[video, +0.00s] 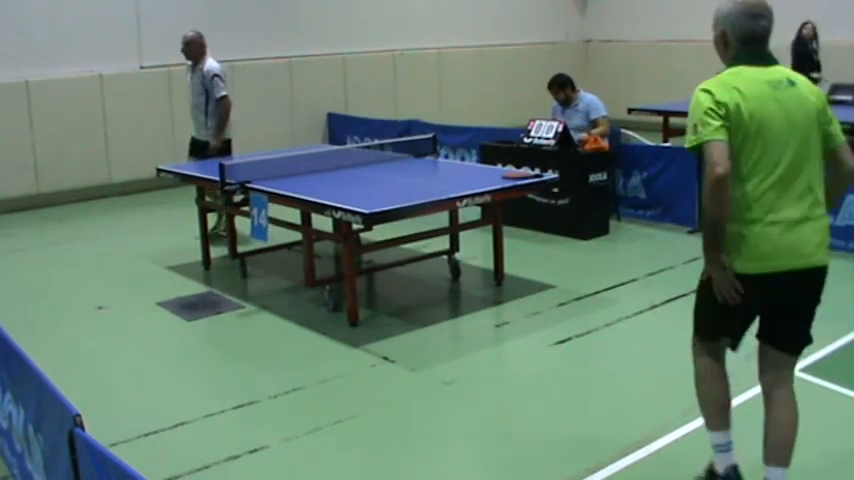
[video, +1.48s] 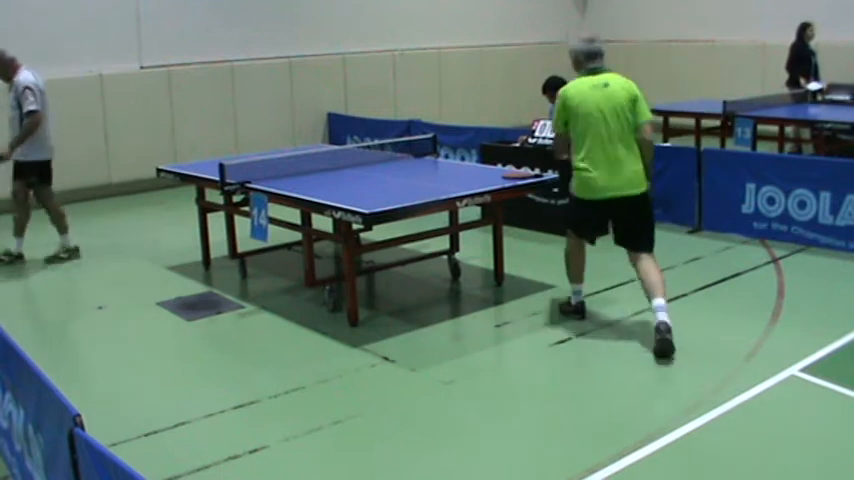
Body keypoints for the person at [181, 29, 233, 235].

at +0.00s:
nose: (183, 50)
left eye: (187, 45)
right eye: (182, 46)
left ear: (200, 46)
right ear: (187, 49)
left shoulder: (211, 71)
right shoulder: (192, 69)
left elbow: (225, 102)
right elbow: (200, 101)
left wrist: (218, 136)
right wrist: (200, 129)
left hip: (215, 140)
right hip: (199, 138)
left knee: (219, 184)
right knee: (202, 182)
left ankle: (226, 222)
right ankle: (219, 218)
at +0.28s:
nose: (152, 58)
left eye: (155, 54)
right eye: (151, 54)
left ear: (168, 53)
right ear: (162, 55)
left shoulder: (179, 76)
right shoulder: (166, 75)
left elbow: (190, 108)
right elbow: (174, 108)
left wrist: (183, 142)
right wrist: (172, 137)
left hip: (189, 146)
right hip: (171, 144)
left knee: (207, 186)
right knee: (161, 184)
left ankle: (225, 221)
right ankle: (149, 228)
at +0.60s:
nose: (109, 60)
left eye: (111, 55)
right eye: (108, 56)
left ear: (124, 52)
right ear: (116, 54)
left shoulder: (138, 73)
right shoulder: (123, 75)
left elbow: (151, 105)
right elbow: (127, 110)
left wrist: (147, 141)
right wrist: (121, 139)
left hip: (138, 143)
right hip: (126, 142)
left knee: (130, 183)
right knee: (132, 186)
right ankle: (142, 229)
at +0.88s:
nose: (75, 72)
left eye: (76, 67)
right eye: (73, 68)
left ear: (87, 62)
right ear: (87, 61)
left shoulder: (103, 81)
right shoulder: (91, 81)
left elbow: (118, 114)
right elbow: (89, 115)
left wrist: (117, 150)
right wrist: (76, 138)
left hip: (103, 150)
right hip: (100, 149)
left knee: (88, 192)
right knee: (120, 190)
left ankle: (76, 243)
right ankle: (140, 232)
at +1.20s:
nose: (30, 73)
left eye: (30, 67)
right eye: (28, 68)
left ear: (40, 61)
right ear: (41, 60)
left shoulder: (56, 80)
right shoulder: (54, 77)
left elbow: (65, 116)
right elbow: (63, 115)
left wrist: (57, 151)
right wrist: (54, 146)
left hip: (64, 151)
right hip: (58, 149)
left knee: (62, 194)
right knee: (50, 190)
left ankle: (71, 244)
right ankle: (86, 223)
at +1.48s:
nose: (1, 77)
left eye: (1, 72)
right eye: (0, 72)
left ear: (8, 66)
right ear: (12, 63)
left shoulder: (24, 83)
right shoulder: (23, 81)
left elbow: (34, 118)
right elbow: (31, 119)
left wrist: (11, 147)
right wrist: (15, 146)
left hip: (33, 155)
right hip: (29, 155)